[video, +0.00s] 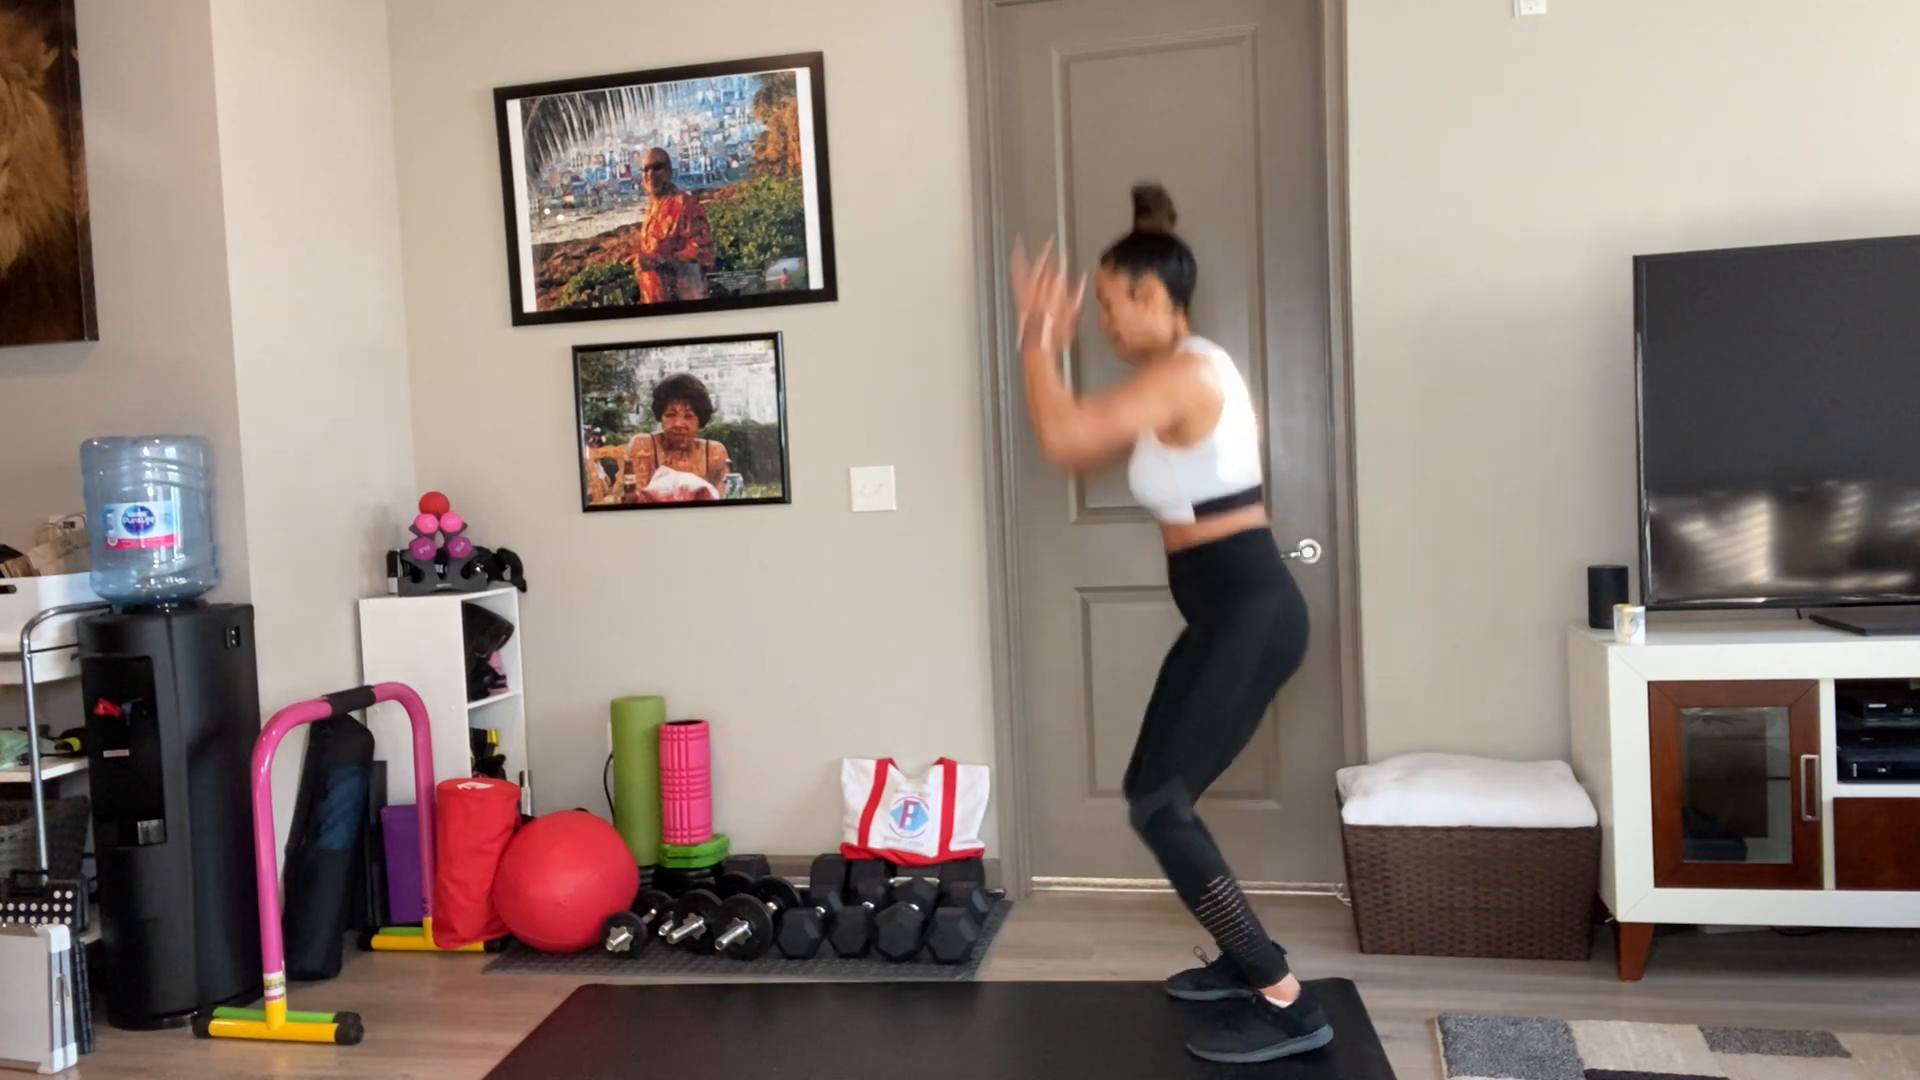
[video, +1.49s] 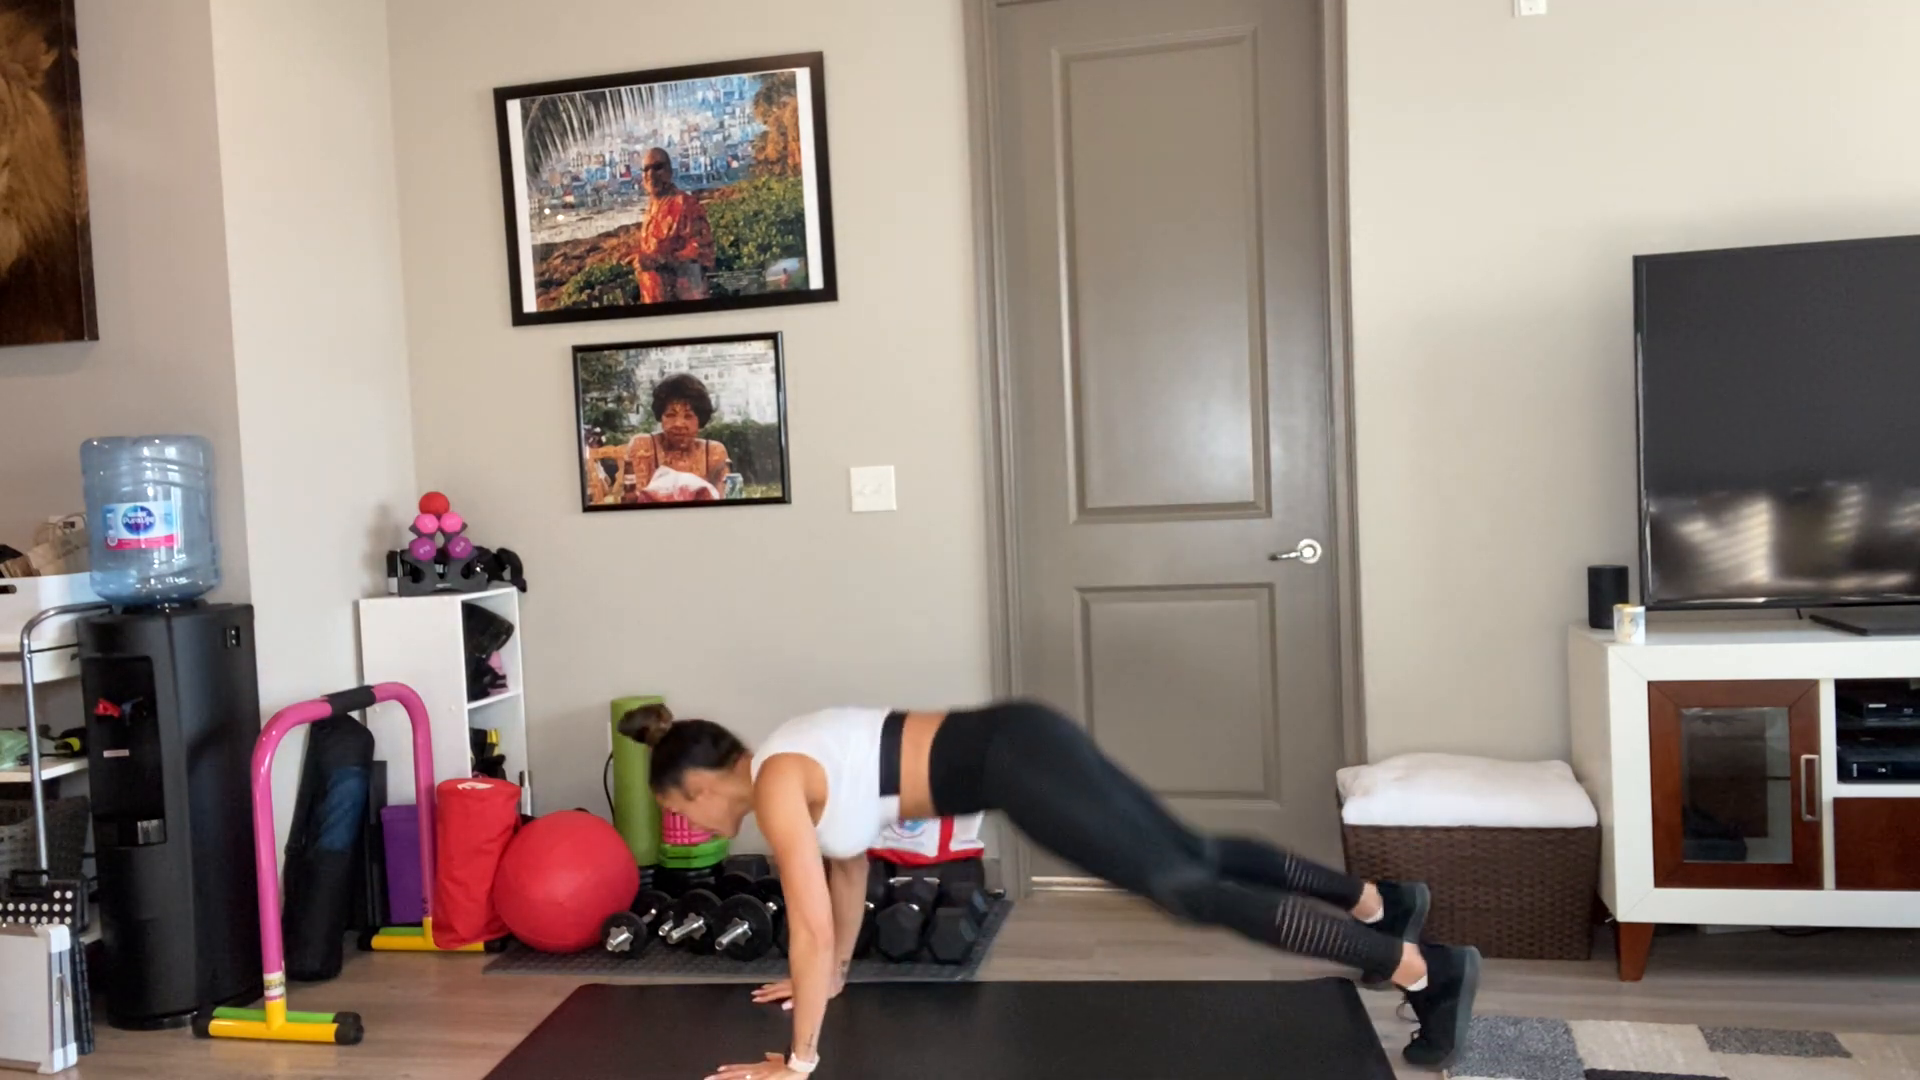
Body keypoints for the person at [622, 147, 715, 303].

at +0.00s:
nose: (650, 174)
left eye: (657, 167)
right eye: (646, 169)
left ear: (670, 172)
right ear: (642, 176)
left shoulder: (686, 204)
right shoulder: (653, 206)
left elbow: (703, 254)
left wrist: (655, 260)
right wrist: (639, 257)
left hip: (683, 297)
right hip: (655, 297)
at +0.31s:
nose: (650, 174)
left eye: (657, 167)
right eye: (646, 169)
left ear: (670, 172)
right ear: (642, 176)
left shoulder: (686, 204)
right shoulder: (653, 206)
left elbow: (703, 254)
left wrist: (656, 260)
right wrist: (638, 257)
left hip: (683, 297)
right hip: (654, 297)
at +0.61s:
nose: (650, 174)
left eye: (657, 167)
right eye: (646, 169)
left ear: (670, 172)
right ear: (642, 176)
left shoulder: (686, 204)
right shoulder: (653, 206)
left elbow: (703, 254)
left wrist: (656, 260)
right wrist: (639, 257)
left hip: (683, 297)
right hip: (655, 297)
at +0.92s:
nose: (650, 174)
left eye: (657, 167)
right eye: (646, 169)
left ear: (670, 172)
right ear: (642, 176)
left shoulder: (687, 205)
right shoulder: (653, 206)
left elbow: (703, 255)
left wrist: (655, 260)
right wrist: (639, 257)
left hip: (683, 297)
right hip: (655, 297)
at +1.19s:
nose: (650, 174)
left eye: (657, 167)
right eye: (646, 169)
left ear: (670, 172)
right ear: (642, 176)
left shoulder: (686, 205)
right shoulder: (653, 206)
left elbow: (703, 255)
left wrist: (655, 260)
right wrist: (639, 257)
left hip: (683, 297)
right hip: (655, 297)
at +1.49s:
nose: (650, 174)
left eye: (657, 167)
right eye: (646, 169)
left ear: (670, 172)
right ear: (642, 176)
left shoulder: (686, 204)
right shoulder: (653, 206)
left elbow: (703, 255)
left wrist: (655, 260)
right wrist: (639, 257)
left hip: (683, 297)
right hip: (655, 297)